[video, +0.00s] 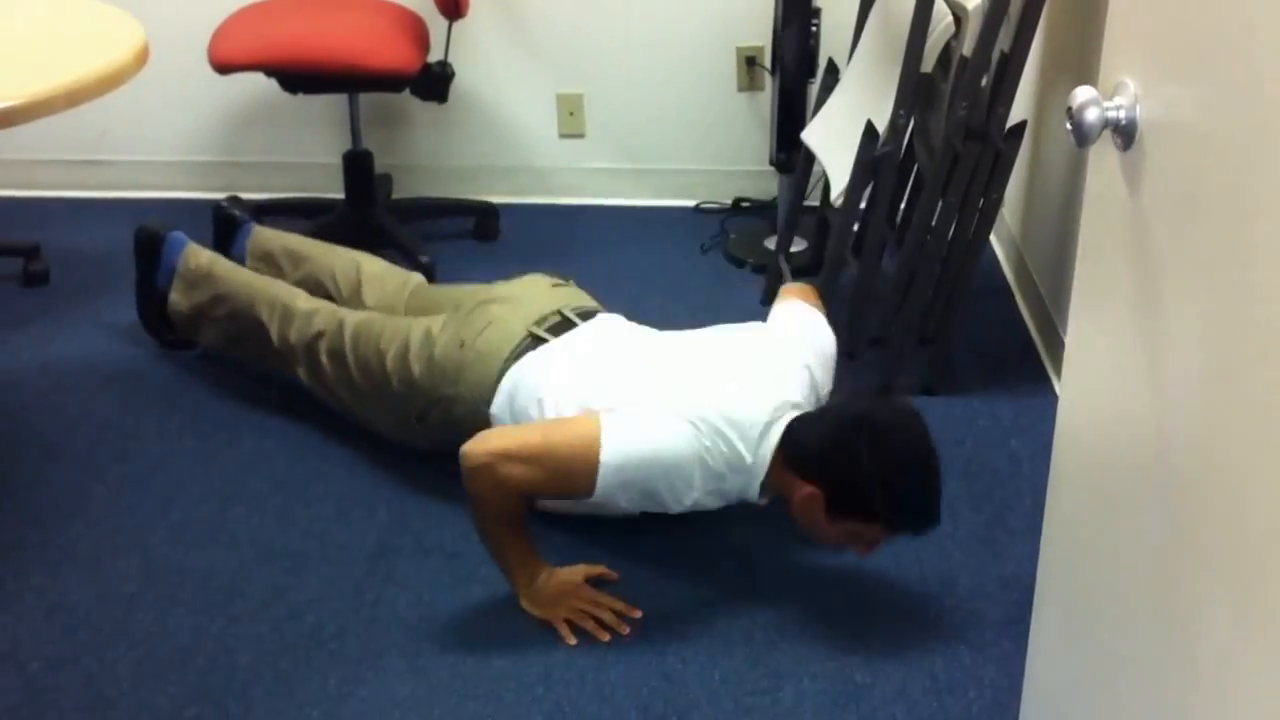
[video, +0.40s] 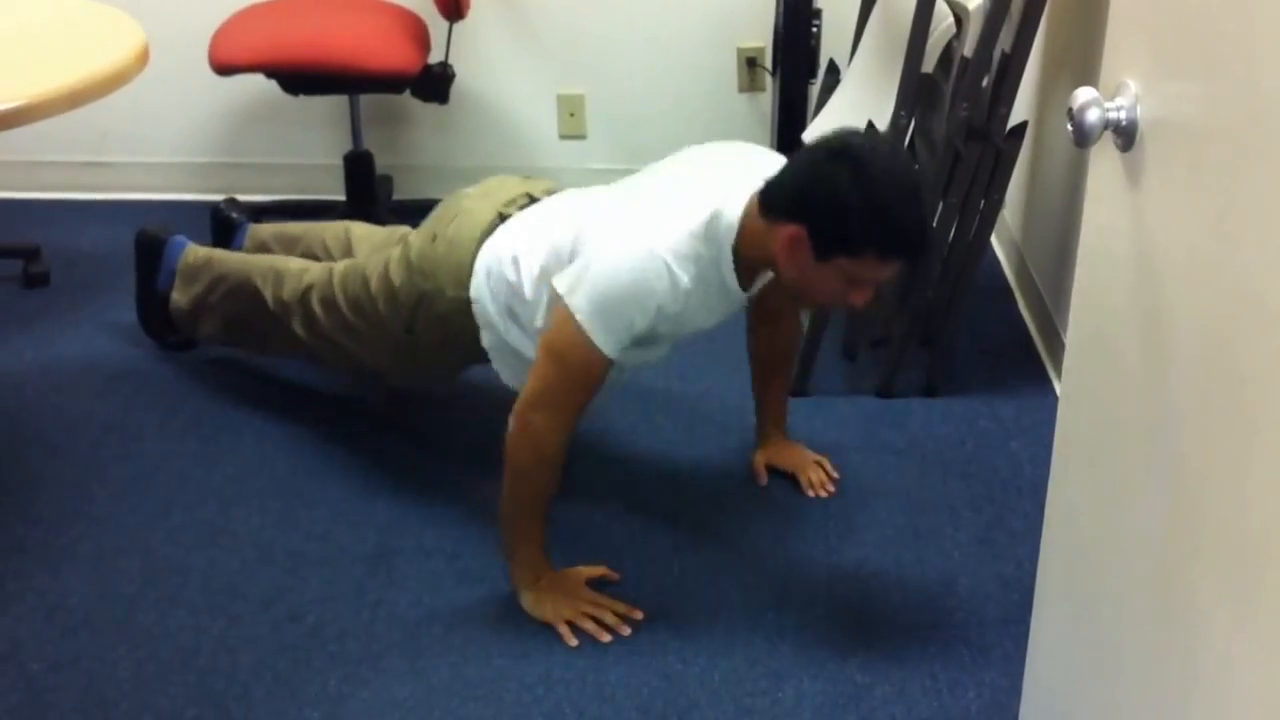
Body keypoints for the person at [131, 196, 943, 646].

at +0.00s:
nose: (862, 549)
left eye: (878, 538)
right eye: (863, 535)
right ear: (819, 499)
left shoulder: (806, 361)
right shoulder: (690, 454)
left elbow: (798, 292)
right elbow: (487, 464)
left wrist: (781, 442)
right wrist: (534, 581)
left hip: (560, 304)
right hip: (487, 373)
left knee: (408, 293)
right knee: (319, 340)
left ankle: (253, 239)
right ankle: (182, 277)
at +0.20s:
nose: (875, 430)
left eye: (887, 414)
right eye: (868, 414)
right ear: (804, 373)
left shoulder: (799, 273)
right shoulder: (669, 369)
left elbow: (772, 353)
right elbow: (487, 455)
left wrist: (770, 430)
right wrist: (534, 581)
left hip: (545, 259)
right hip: (483, 334)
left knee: (386, 266)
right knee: (311, 325)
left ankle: (245, 230)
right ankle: (180, 277)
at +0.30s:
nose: (863, 352)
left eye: (879, 340)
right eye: (862, 335)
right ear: (805, 299)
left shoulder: (784, 214)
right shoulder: (654, 311)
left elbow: (782, 328)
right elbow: (512, 438)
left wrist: (772, 430)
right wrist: (535, 578)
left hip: (533, 220)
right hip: (473, 291)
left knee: (387, 255)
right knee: (310, 315)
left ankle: (249, 231)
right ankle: (182, 282)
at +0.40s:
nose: (862, 304)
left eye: (877, 289)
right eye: (859, 284)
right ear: (800, 241)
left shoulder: (779, 187)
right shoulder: (643, 274)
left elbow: (777, 306)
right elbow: (539, 421)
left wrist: (773, 433)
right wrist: (534, 575)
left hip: (524, 206)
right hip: (469, 276)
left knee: (389, 244)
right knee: (311, 306)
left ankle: (247, 235)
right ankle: (182, 284)